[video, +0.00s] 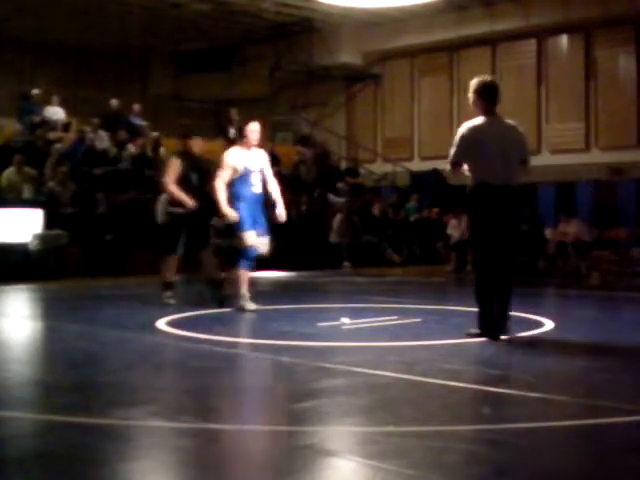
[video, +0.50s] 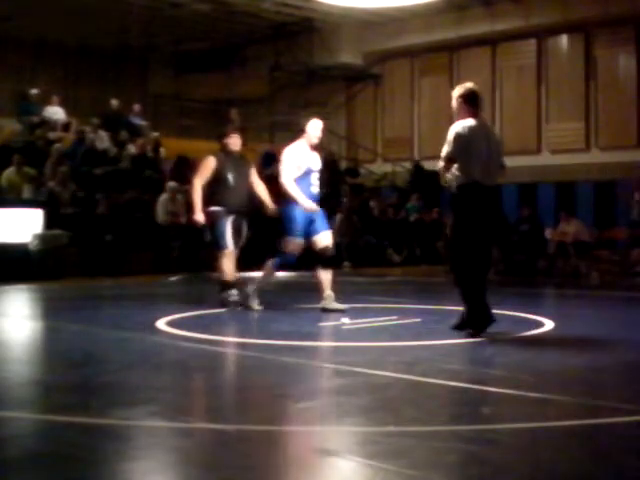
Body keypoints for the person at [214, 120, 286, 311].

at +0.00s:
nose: (255, 136)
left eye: (257, 133)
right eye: (252, 133)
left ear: (260, 135)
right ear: (244, 135)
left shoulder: (262, 155)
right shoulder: (232, 155)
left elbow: (271, 181)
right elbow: (220, 182)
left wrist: (279, 204)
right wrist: (225, 208)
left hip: (258, 203)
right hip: (241, 204)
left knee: (262, 245)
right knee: (248, 245)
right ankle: (243, 294)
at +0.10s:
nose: (267, 133)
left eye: (269, 129)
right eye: (263, 129)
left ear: (271, 132)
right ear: (255, 130)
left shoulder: (270, 153)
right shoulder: (243, 150)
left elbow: (274, 179)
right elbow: (229, 177)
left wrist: (278, 205)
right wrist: (238, 203)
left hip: (267, 201)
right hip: (250, 202)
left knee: (278, 241)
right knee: (253, 245)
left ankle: (253, 283)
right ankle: (245, 293)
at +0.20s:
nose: (279, 131)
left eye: (282, 128)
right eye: (276, 127)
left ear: (284, 131)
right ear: (268, 128)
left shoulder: (280, 151)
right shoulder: (255, 148)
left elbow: (275, 177)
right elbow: (238, 173)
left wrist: (277, 199)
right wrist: (250, 198)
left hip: (275, 202)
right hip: (259, 201)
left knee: (290, 240)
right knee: (257, 244)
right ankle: (245, 293)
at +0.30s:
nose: (293, 133)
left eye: (295, 129)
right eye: (289, 129)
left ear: (296, 131)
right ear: (280, 130)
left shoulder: (292, 153)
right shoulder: (267, 149)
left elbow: (286, 178)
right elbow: (249, 173)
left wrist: (287, 198)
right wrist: (267, 197)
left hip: (286, 202)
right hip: (268, 202)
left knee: (296, 246)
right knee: (263, 246)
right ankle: (245, 293)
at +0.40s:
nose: (305, 135)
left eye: (307, 131)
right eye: (302, 131)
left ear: (309, 134)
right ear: (293, 131)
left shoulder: (303, 155)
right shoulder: (280, 151)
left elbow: (298, 180)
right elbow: (266, 176)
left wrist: (302, 199)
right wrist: (287, 197)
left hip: (300, 206)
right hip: (282, 206)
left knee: (311, 249)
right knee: (273, 248)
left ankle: (325, 296)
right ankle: (247, 292)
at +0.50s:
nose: (318, 134)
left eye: (320, 131)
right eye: (315, 130)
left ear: (321, 133)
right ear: (306, 130)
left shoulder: (315, 155)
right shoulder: (292, 151)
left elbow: (311, 182)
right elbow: (286, 180)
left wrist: (315, 202)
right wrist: (305, 202)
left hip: (314, 205)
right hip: (296, 205)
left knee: (325, 249)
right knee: (292, 249)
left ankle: (327, 296)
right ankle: (256, 286)